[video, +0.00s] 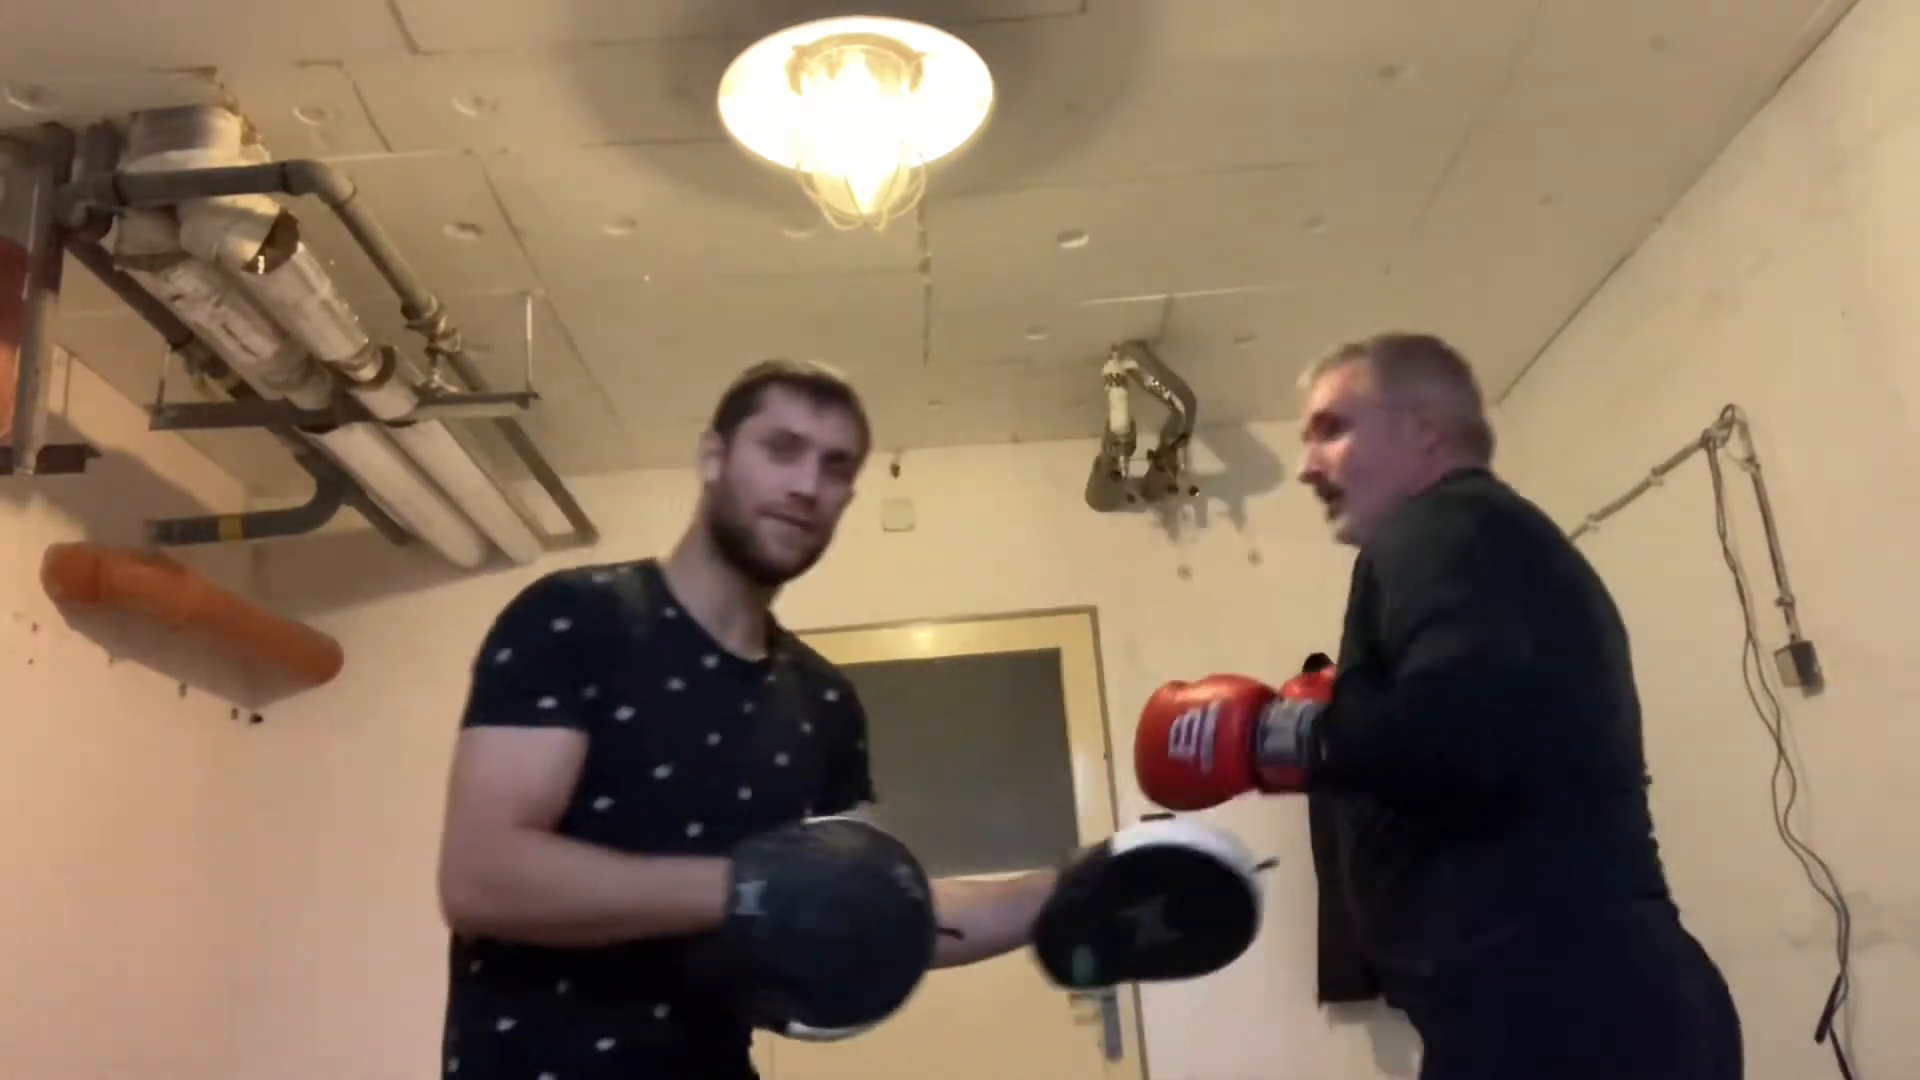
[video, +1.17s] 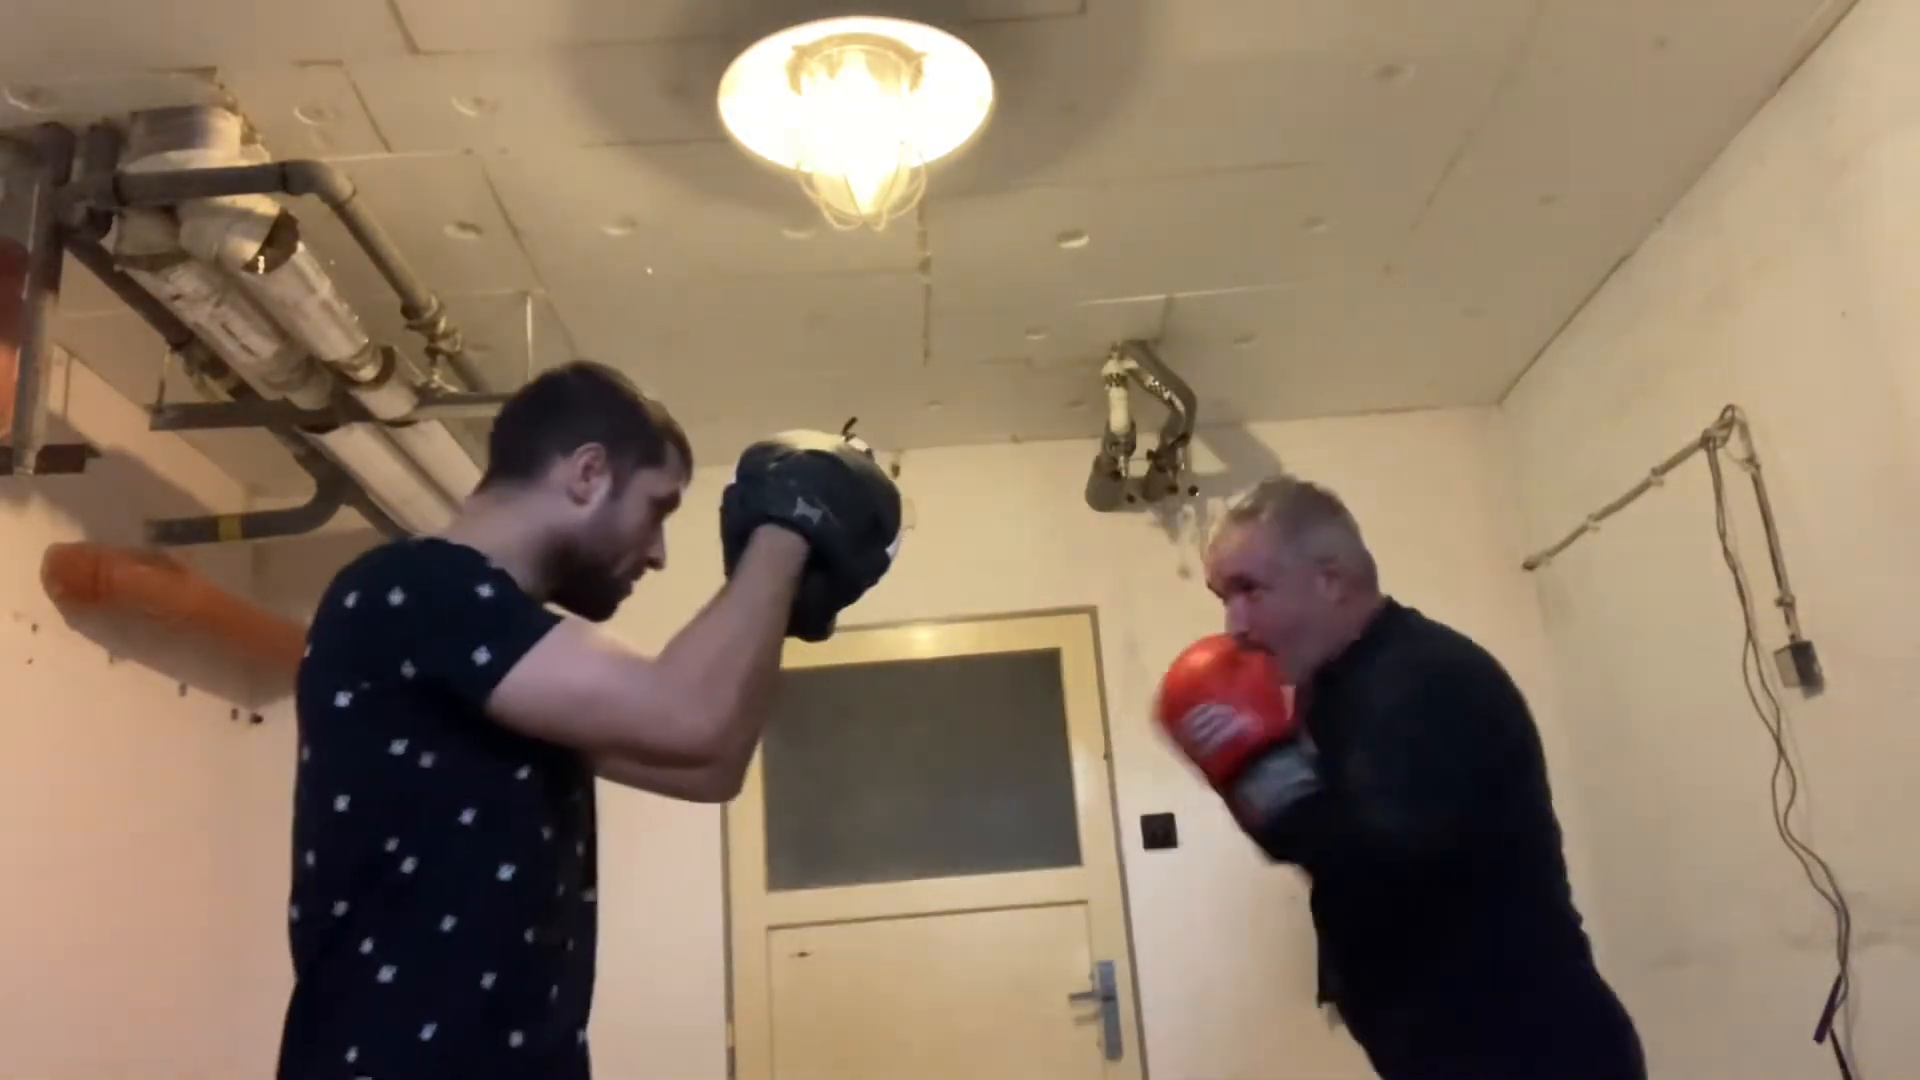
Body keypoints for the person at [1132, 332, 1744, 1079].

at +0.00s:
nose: (1307, 465)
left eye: (1332, 429)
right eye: (1308, 440)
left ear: (1424, 431)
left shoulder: (1440, 531)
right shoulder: (1516, 538)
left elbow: (1467, 724)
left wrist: (1274, 732)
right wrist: (1349, 701)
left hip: (1545, 1018)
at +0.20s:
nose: (1366, 532)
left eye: (1394, 499)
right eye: (1370, 507)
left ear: (1485, 512)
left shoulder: (1496, 617)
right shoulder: (1555, 622)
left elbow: (1470, 792)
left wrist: (1283, 786)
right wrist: (1388, 756)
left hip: (1549, 1050)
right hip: (1611, 1041)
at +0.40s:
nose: (1379, 569)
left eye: (1409, 541)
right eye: (1376, 548)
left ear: (1494, 557)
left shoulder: (1538, 655)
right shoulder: (1479, 677)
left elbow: (1634, 842)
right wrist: (1405, 845)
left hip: (1619, 1055)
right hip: (1554, 1056)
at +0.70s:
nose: (1339, 574)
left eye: (1366, 545)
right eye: (1331, 551)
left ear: (1449, 553)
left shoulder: (1502, 663)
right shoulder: (1432, 672)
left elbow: (1568, 862)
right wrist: (1358, 830)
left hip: (1599, 1049)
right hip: (1535, 1048)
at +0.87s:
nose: (1267, 606)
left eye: (1291, 576)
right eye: (1261, 580)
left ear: (1386, 579)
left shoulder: (1435, 688)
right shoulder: (1361, 696)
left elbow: (1422, 896)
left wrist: (1240, 882)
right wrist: (1323, 833)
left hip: (1566, 1051)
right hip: (1492, 1049)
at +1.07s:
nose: (1226, 621)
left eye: (1245, 588)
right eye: (1220, 592)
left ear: (1332, 581)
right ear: (1331, 584)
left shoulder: (1392, 684)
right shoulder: (1364, 670)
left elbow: (1349, 907)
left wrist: (1216, 827)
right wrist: (1273, 795)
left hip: (1530, 1057)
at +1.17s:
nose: (1236, 625)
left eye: (1251, 591)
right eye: (1227, 599)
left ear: (1332, 581)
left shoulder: (1431, 683)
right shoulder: (1331, 693)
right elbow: (1333, 846)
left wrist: (1273, 773)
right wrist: (1253, 760)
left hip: (1522, 1048)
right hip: (1437, 1049)